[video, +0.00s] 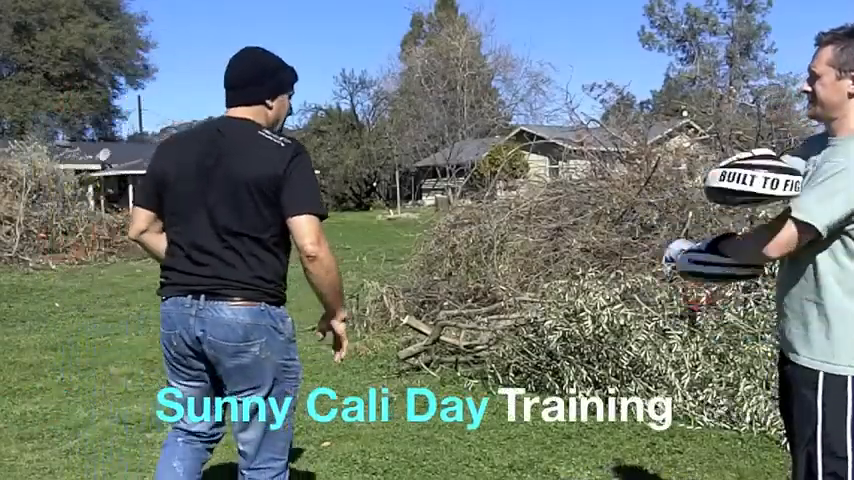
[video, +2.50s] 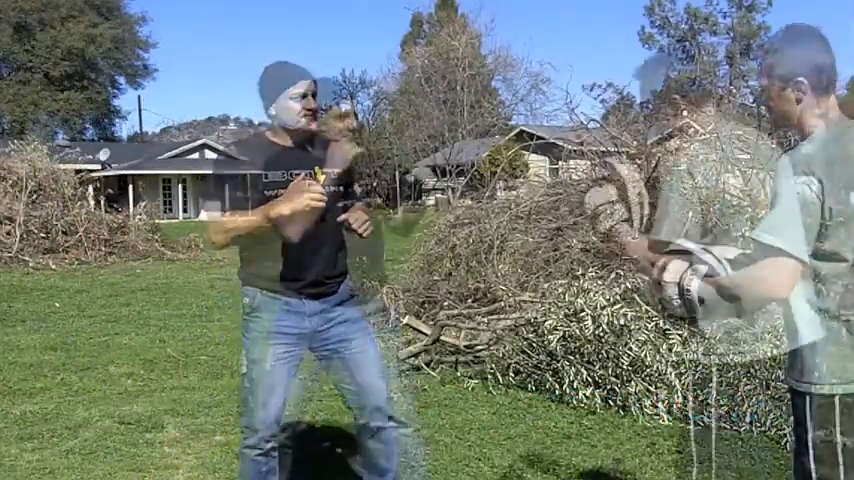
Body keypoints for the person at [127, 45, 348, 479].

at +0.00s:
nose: (289, 105)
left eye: (289, 95)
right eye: (288, 95)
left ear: (232, 93)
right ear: (270, 96)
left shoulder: (175, 146)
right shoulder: (285, 152)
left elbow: (141, 227)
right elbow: (311, 247)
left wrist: (192, 260)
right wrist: (334, 310)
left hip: (178, 314)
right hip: (247, 319)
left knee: (189, 431)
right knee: (263, 457)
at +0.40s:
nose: (310, 105)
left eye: (310, 95)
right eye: (307, 95)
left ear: (263, 95)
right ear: (282, 96)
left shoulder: (205, 146)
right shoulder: (288, 146)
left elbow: (175, 220)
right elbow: (310, 235)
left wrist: (223, 249)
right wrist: (344, 262)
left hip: (209, 306)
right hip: (261, 311)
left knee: (253, 421)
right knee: (276, 447)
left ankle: (244, 472)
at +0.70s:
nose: (321, 106)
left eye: (320, 97)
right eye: (315, 96)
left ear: (274, 100)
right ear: (285, 98)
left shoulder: (231, 150)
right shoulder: (281, 147)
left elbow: (211, 221)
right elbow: (290, 226)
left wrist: (265, 241)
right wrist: (340, 241)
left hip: (233, 303)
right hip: (264, 307)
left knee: (277, 429)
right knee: (284, 444)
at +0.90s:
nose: (324, 110)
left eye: (323, 100)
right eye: (316, 100)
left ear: (285, 106)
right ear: (285, 104)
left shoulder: (280, 152)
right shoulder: (265, 150)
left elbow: (277, 225)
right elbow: (267, 228)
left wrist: (317, 251)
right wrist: (330, 229)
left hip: (279, 303)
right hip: (259, 305)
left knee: (294, 433)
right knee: (290, 440)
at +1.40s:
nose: (321, 104)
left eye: (322, 96)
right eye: (310, 96)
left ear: (321, 100)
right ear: (279, 101)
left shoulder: (318, 158)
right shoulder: (243, 146)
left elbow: (337, 225)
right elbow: (231, 218)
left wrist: (368, 207)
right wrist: (302, 197)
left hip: (309, 305)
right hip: (257, 302)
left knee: (310, 423)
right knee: (275, 420)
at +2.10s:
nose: (301, 110)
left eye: (303, 101)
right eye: (289, 104)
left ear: (306, 104)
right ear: (260, 111)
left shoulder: (320, 157)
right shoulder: (226, 162)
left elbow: (336, 213)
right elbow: (211, 237)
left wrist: (343, 223)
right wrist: (275, 207)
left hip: (323, 306)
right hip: (258, 311)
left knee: (365, 394)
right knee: (256, 432)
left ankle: (338, 474)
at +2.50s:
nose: (313, 105)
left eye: (314, 96)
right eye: (302, 97)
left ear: (316, 99)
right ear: (274, 104)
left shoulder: (330, 151)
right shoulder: (244, 156)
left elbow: (351, 210)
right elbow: (216, 234)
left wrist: (361, 217)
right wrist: (277, 208)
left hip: (336, 302)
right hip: (272, 306)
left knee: (377, 410)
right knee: (262, 429)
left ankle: (383, 476)